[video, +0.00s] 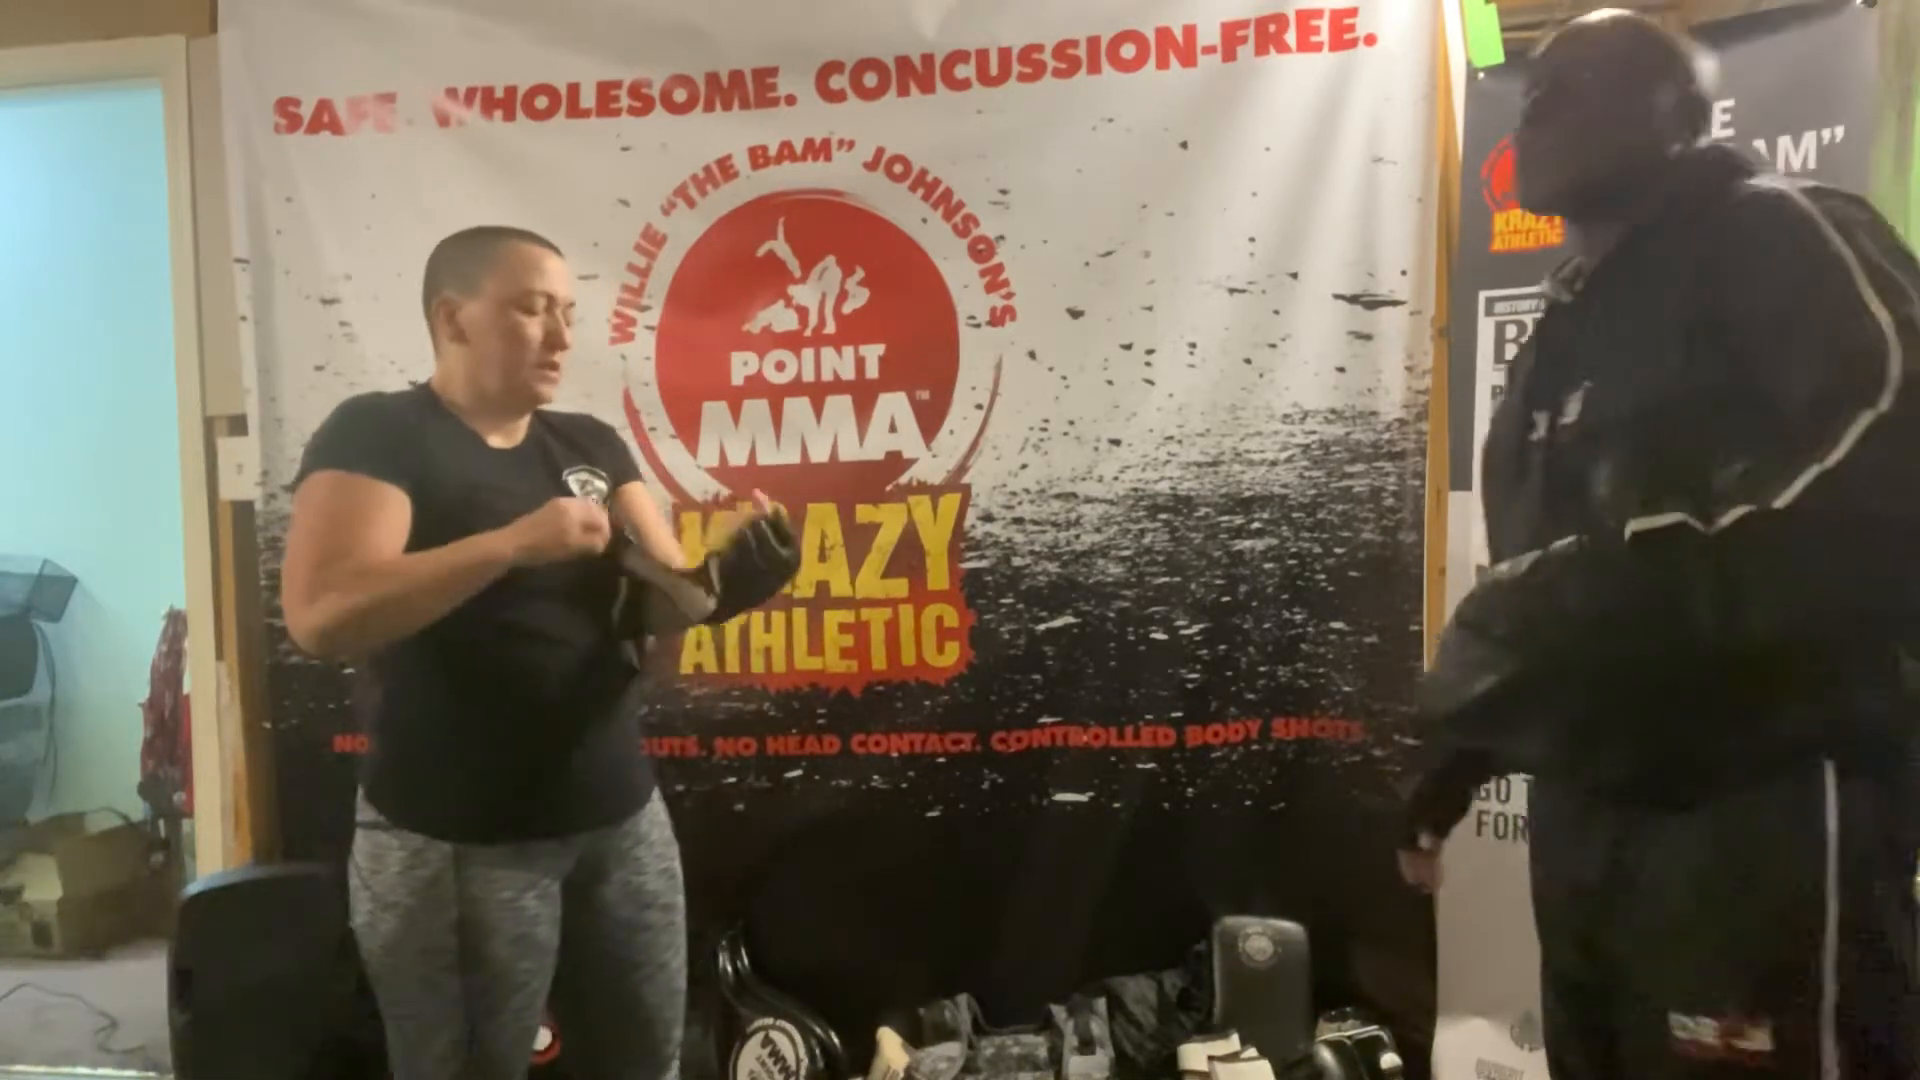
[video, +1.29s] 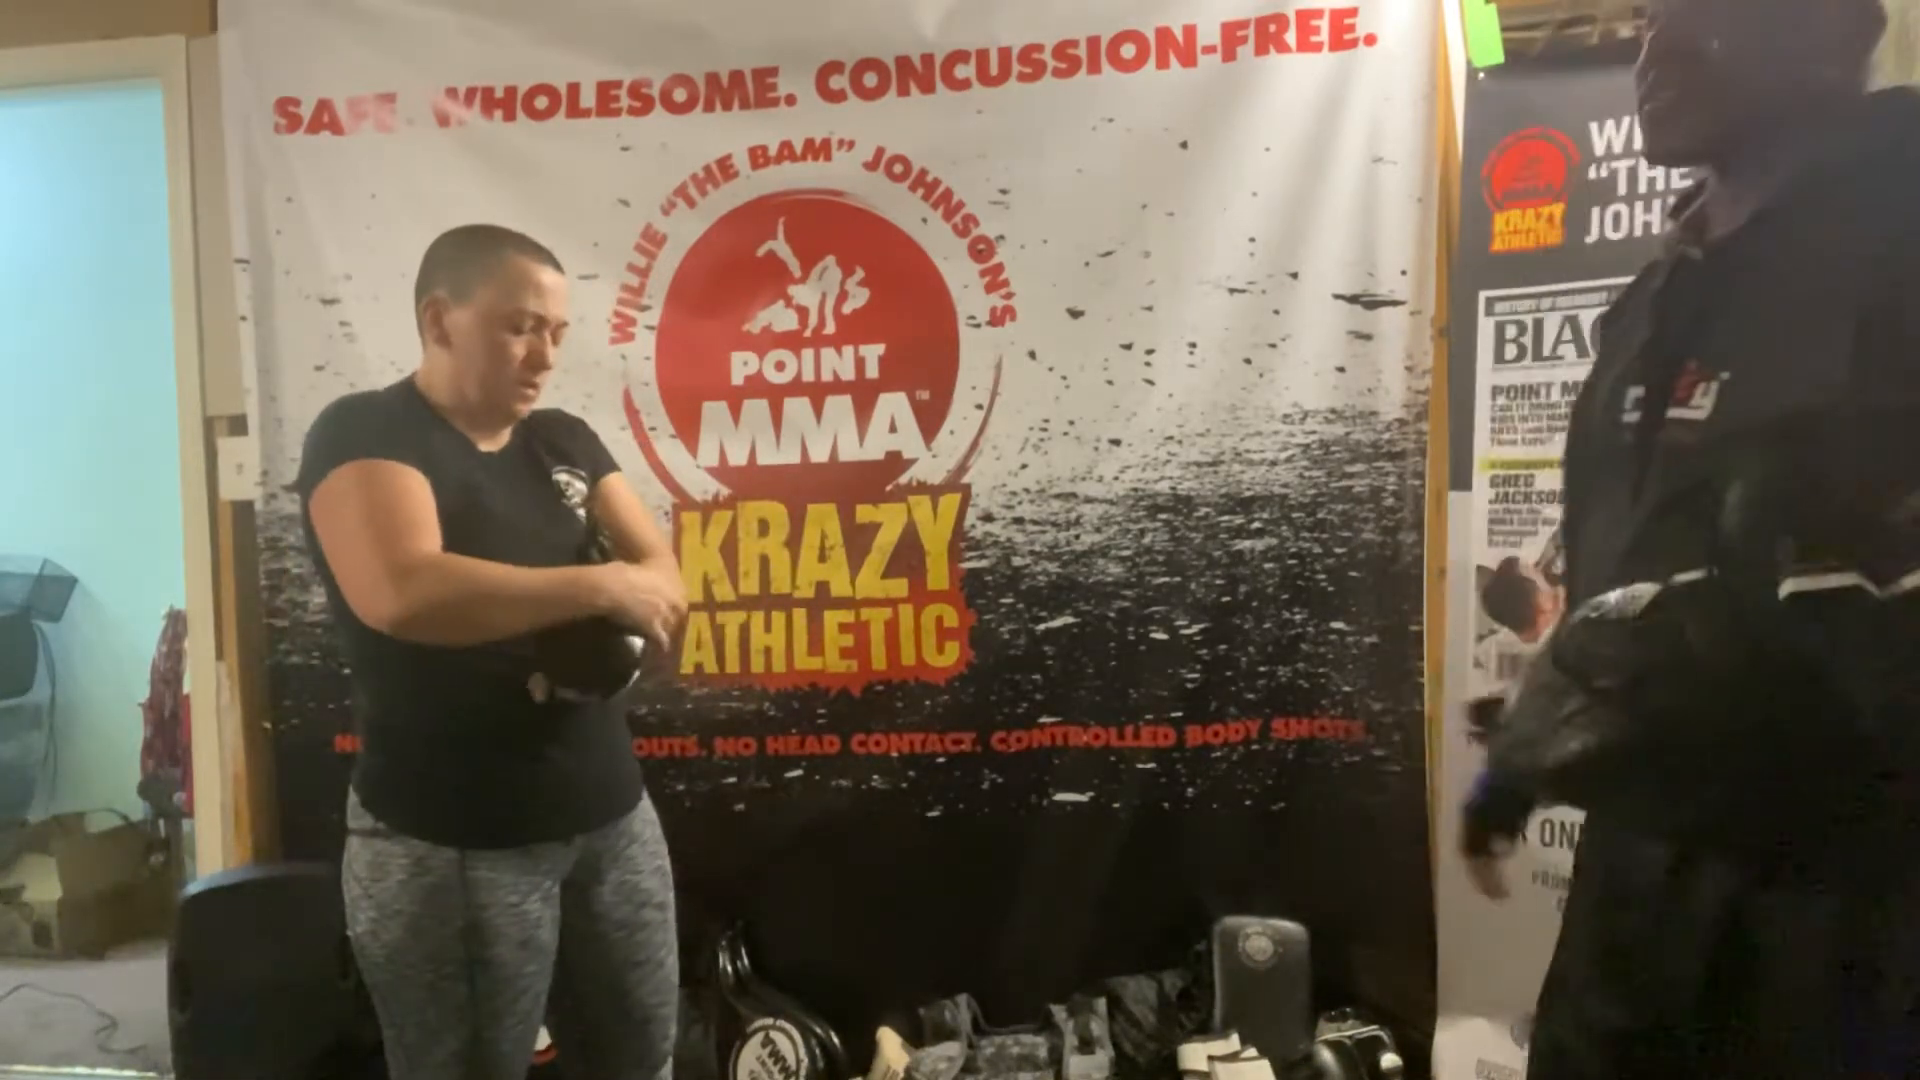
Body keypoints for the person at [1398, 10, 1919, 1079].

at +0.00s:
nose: (1523, 121)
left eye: (1554, 93)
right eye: (1529, 99)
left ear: (1657, 108)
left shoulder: (1787, 235)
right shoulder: (1560, 329)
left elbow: (1882, 501)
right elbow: (1526, 583)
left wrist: (1552, 612)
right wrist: (1451, 767)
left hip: (1777, 806)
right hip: (1601, 813)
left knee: (1798, 1054)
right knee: (1599, 1052)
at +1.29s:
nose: (1643, 40)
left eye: (1681, 9)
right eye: (1645, 19)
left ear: (1822, 24)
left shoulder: (1892, 196)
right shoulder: (1643, 305)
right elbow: (1615, 591)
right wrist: (1516, 753)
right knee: (1590, 1057)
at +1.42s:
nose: (1652, 40)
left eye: (1698, 7)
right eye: (1663, 16)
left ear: (1837, 25)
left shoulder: (1897, 215)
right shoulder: (1671, 290)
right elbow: (1623, 557)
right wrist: (1565, 775)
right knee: (1606, 1059)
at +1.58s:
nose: (1661, 38)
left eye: (1705, 8)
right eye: (1666, 17)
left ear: (1841, 24)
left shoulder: (1893, 226)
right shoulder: (1696, 281)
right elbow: (1626, 555)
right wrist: (1583, 794)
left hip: (1859, 860)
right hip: (1687, 851)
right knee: (1668, 1053)